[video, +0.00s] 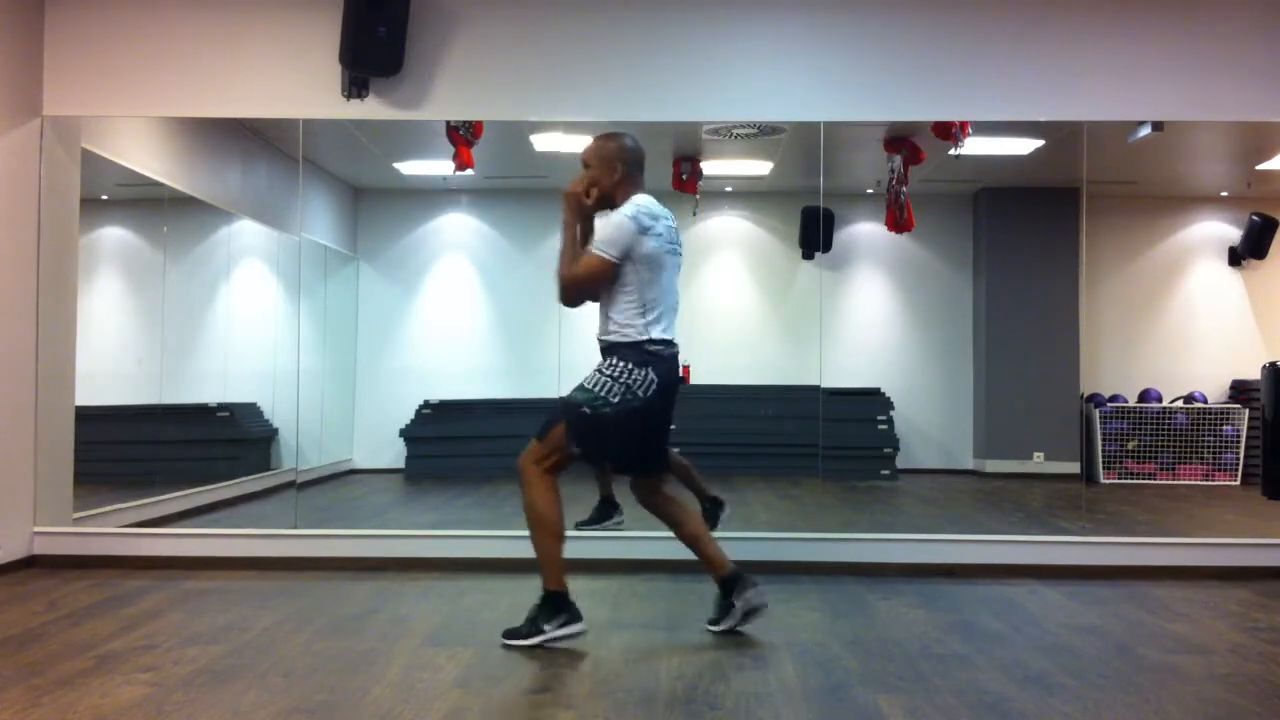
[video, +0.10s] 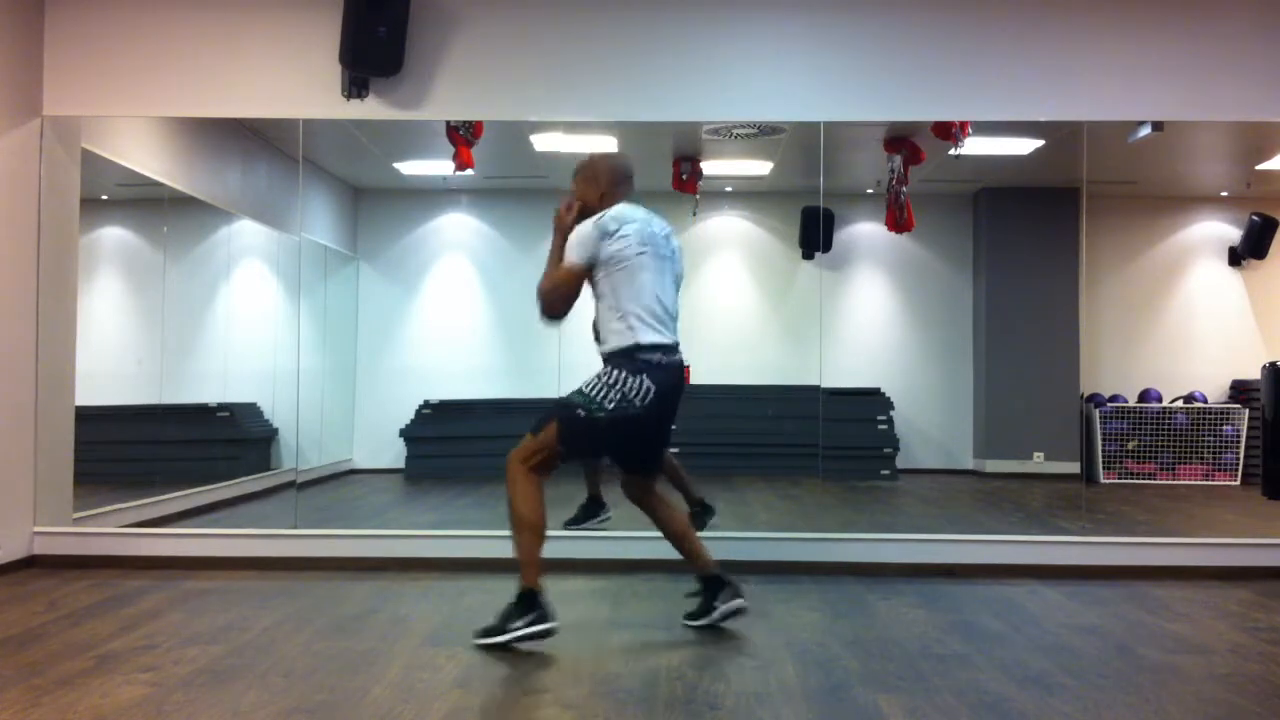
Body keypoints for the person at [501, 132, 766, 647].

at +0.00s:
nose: (582, 180)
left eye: (588, 169)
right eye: (583, 169)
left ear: (617, 173)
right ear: (629, 174)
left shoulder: (625, 218)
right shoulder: (658, 218)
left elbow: (570, 288)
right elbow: (584, 286)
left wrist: (573, 219)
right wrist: (582, 220)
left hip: (627, 369)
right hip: (656, 369)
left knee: (536, 465)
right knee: (650, 488)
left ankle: (556, 603)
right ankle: (733, 582)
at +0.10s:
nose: (572, 193)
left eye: (578, 183)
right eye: (575, 183)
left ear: (601, 185)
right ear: (623, 186)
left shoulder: (595, 228)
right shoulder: (663, 231)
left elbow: (552, 305)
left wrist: (559, 236)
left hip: (628, 375)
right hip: (668, 375)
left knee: (523, 464)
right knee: (640, 485)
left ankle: (530, 600)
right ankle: (715, 582)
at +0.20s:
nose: (559, 234)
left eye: (560, 225)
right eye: (558, 226)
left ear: (578, 217)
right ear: (605, 213)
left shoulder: (581, 253)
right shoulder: (654, 254)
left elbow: (554, 344)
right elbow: (652, 329)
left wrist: (548, 277)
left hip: (620, 397)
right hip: (663, 395)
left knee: (513, 473)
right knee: (633, 498)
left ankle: (516, 609)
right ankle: (715, 592)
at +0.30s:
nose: (528, 250)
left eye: (530, 238)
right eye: (526, 240)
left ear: (553, 231)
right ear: (570, 229)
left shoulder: (579, 267)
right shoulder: (613, 261)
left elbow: (554, 358)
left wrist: (523, 299)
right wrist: (542, 287)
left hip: (618, 412)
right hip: (647, 411)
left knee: (503, 475)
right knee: (607, 515)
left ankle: (516, 613)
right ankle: (708, 588)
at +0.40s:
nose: (501, 253)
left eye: (505, 242)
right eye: (499, 243)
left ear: (534, 240)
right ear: (537, 240)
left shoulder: (583, 278)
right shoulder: (552, 284)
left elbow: (562, 366)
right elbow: (528, 363)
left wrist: (515, 303)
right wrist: (506, 301)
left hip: (613, 413)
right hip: (605, 411)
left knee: (494, 475)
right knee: (578, 525)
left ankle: (517, 615)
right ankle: (692, 575)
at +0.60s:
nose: (474, 255)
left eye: (476, 244)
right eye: (471, 246)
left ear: (506, 241)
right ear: (514, 242)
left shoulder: (544, 286)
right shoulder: (557, 275)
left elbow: (510, 369)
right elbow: (515, 358)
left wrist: (480, 300)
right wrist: (482, 301)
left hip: (585, 412)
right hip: (602, 408)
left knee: (467, 483)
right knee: (525, 501)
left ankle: (514, 615)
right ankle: (616, 577)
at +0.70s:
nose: (475, 252)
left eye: (478, 241)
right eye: (473, 242)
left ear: (502, 238)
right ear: (523, 237)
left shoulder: (516, 278)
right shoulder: (565, 270)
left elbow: (487, 365)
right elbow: (534, 361)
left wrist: (468, 296)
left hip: (566, 412)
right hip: (604, 408)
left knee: (450, 491)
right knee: (523, 498)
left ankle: (510, 612)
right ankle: (607, 586)